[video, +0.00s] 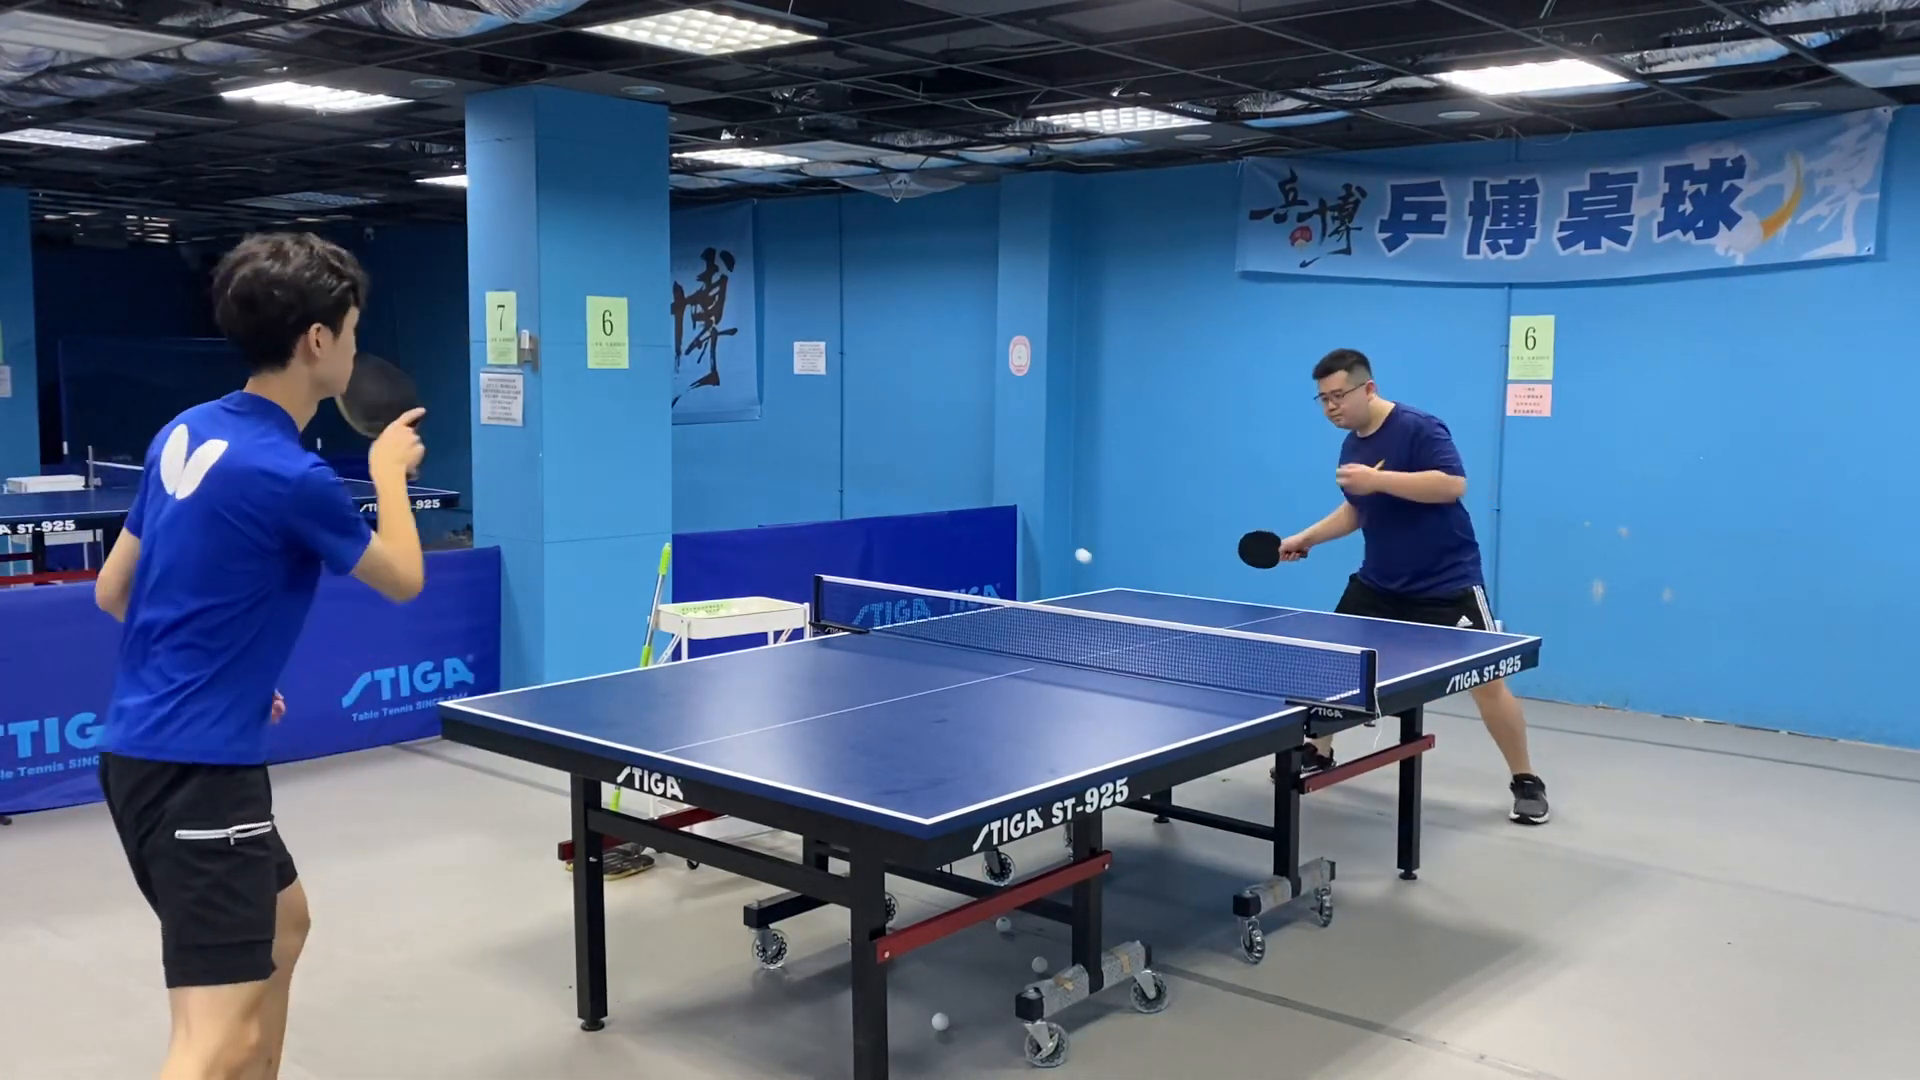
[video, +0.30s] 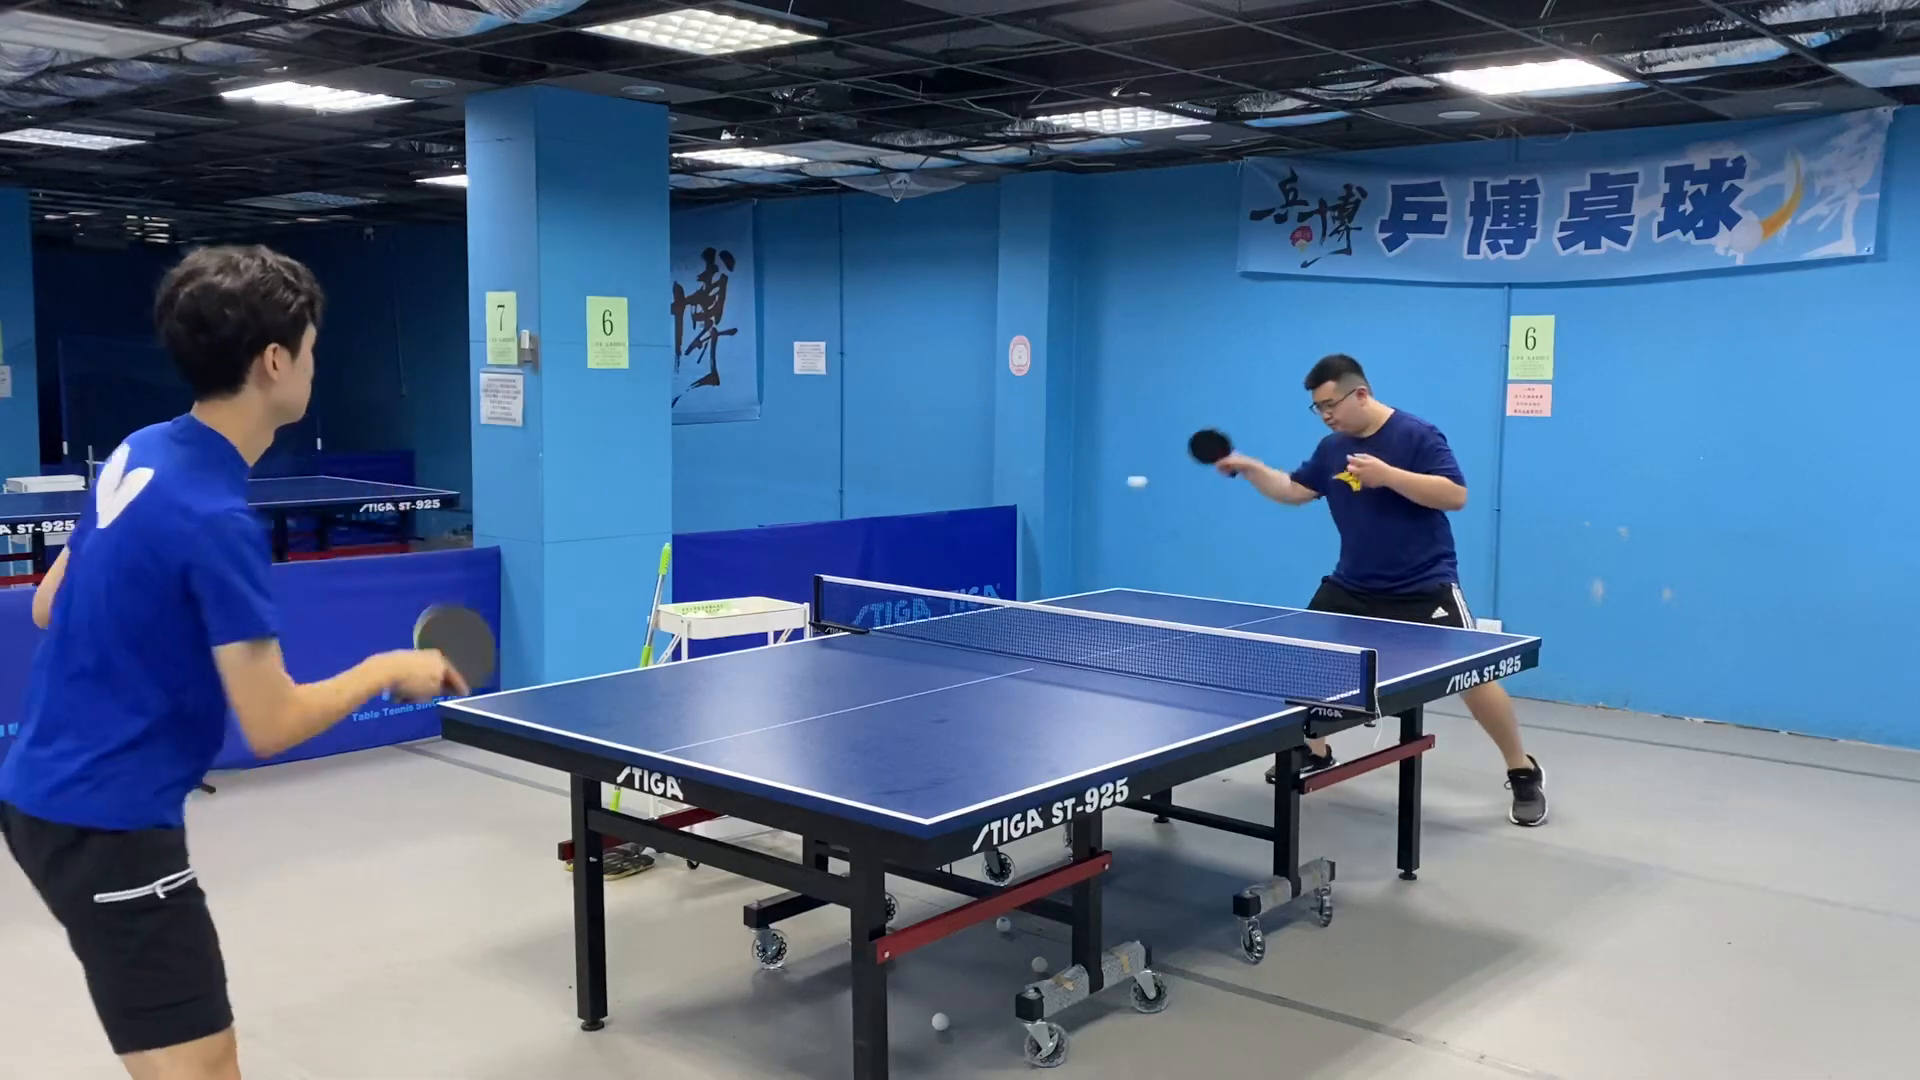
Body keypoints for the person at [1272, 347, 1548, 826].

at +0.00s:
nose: (1329, 408)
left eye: (1337, 396)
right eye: (1323, 400)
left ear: (1369, 389)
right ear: (1324, 401)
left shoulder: (1420, 428)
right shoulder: (1352, 449)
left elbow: (1453, 484)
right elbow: (1357, 512)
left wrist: (1376, 480)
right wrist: (1307, 538)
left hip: (1448, 586)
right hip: (1377, 584)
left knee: (1487, 679)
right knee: (1324, 660)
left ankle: (1525, 780)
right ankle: (1318, 750)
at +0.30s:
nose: (1324, 417)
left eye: (1330, 406)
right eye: (1319, 409)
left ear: (1361, 395)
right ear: (1324, 407)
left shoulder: (1417, 435)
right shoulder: (1332, 448)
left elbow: (1455, 495)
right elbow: (1296, 490)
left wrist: (1387, 475)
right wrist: (1252, 469)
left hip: (1425, 589)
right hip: (1351, 587)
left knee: (1472, 675)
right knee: (1296, 655)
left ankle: (1522, 770)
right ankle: (1314, 749)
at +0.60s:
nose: (1364, 410)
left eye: (1374, 400)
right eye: (1357, 401)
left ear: (1403, 398)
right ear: (1352, 402)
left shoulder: (1446, 448)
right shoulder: (1346, 451)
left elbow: (1484, 508)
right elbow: (1324, 511)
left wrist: (1435, 498)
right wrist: (1306, 504)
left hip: (1437, 598)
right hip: (1357, 596)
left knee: (1486, 683)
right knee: (1305, 666)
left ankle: (1524, 778)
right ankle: (1315, 750)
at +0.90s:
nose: (1369, 390)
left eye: (1378, 380)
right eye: (1362, 382)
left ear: (1410, 379)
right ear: (1359, 386)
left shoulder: (1458, 427)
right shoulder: (1372, 438)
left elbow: (1498, 485)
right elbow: (1363, 496)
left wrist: (1426, 474)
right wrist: (1317, 511)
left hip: (1466, 584)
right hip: (1394, 579)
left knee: (1499, 682)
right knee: (1338, 658)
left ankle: (1527, 780)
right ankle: (1327, 748)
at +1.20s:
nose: (1339, 419)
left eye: (1344, 407)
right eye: (1334, 411)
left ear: (1376, 398)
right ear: (1368, 404)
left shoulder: (1430, 437)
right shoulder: (1373, 450)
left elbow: (1451, 500)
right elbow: (1385, 509)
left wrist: (1379, 475)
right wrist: (1340, 519)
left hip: (1452, 593)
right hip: (1385, 588)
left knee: (1485, 693)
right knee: (1324, 656)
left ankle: (1525, 781)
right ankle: (1339, 750)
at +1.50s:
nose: (1338, 417)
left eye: (1348, 406)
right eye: (1332, 408)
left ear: (1377, 400)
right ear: (1329, 407)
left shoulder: (1423, 445)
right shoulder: (1331, 438)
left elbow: (1458, 512)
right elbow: (1313, 477)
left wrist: (1411, 484)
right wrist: (1358, 431)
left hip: (1410, 595)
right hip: (1332, 591)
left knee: (1466, 676)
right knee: (1278, 659)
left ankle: (1510, 777)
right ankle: (1268, 741)